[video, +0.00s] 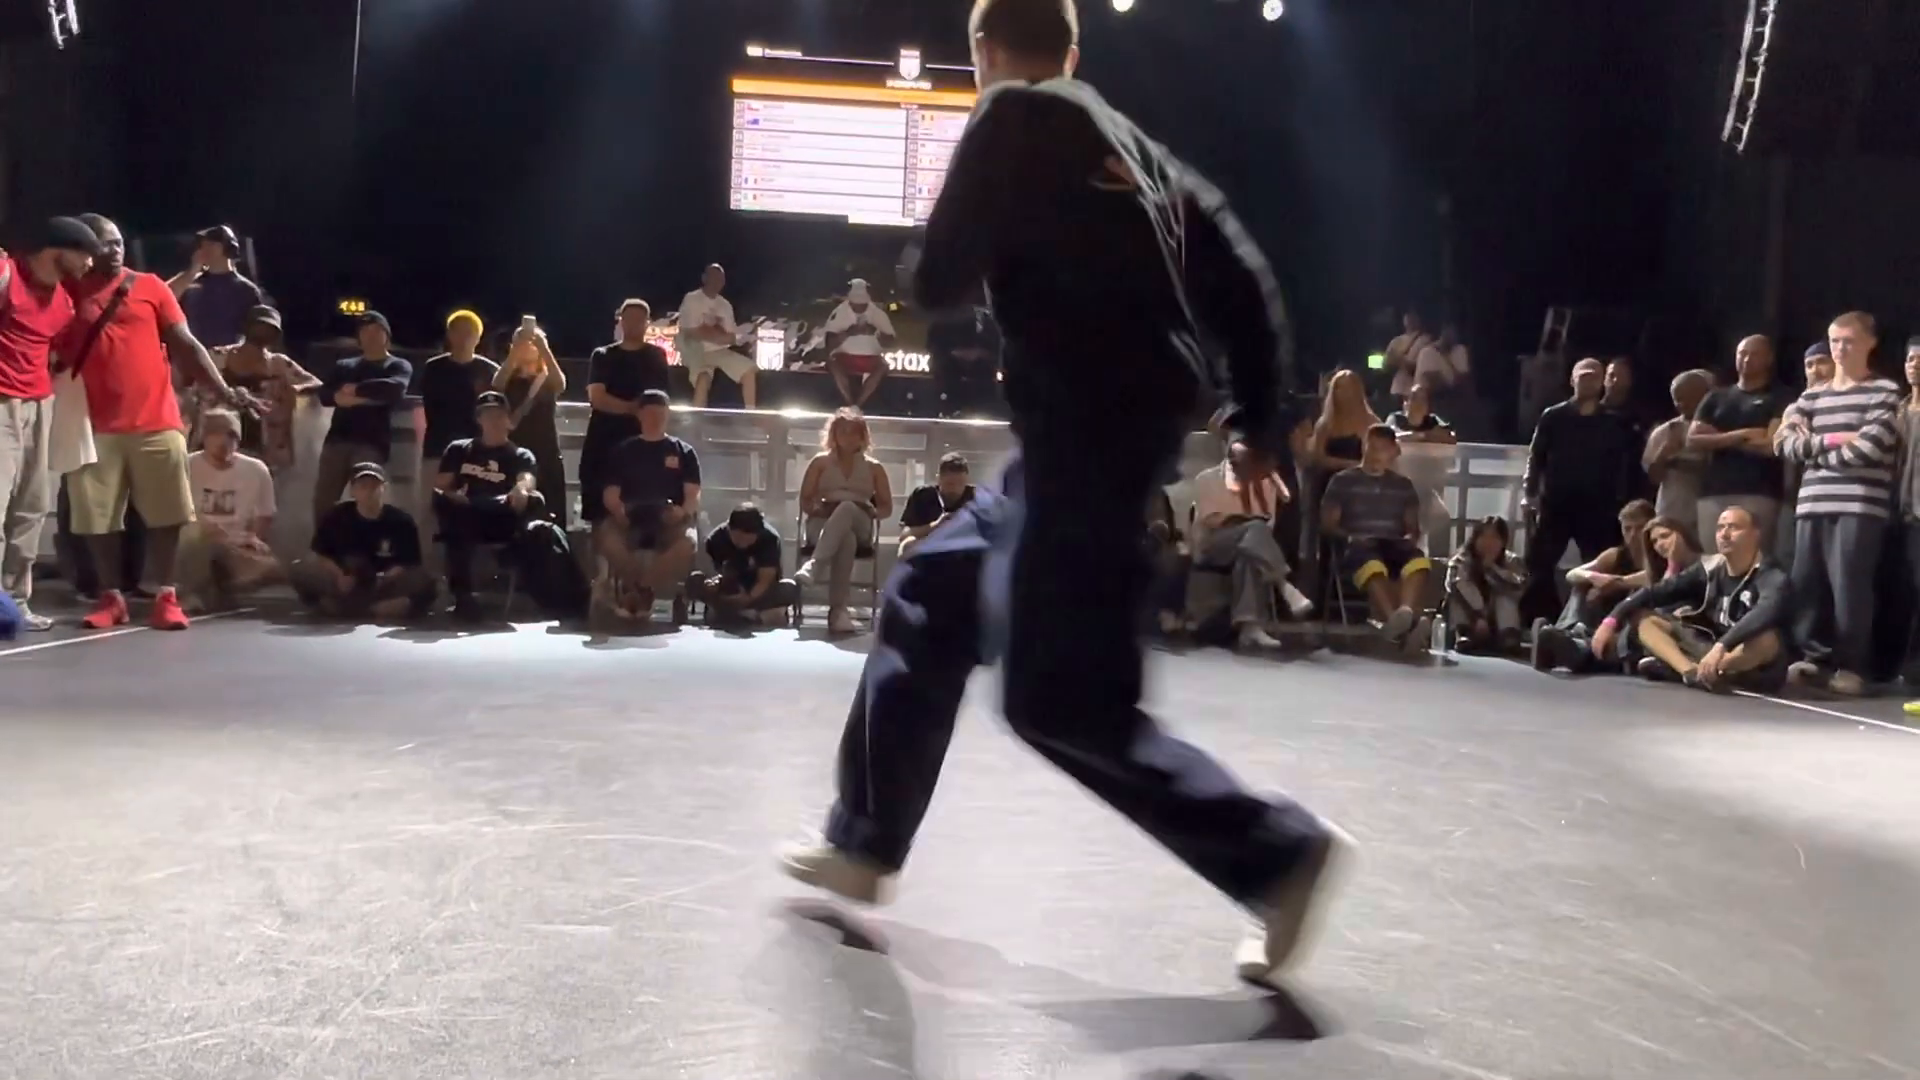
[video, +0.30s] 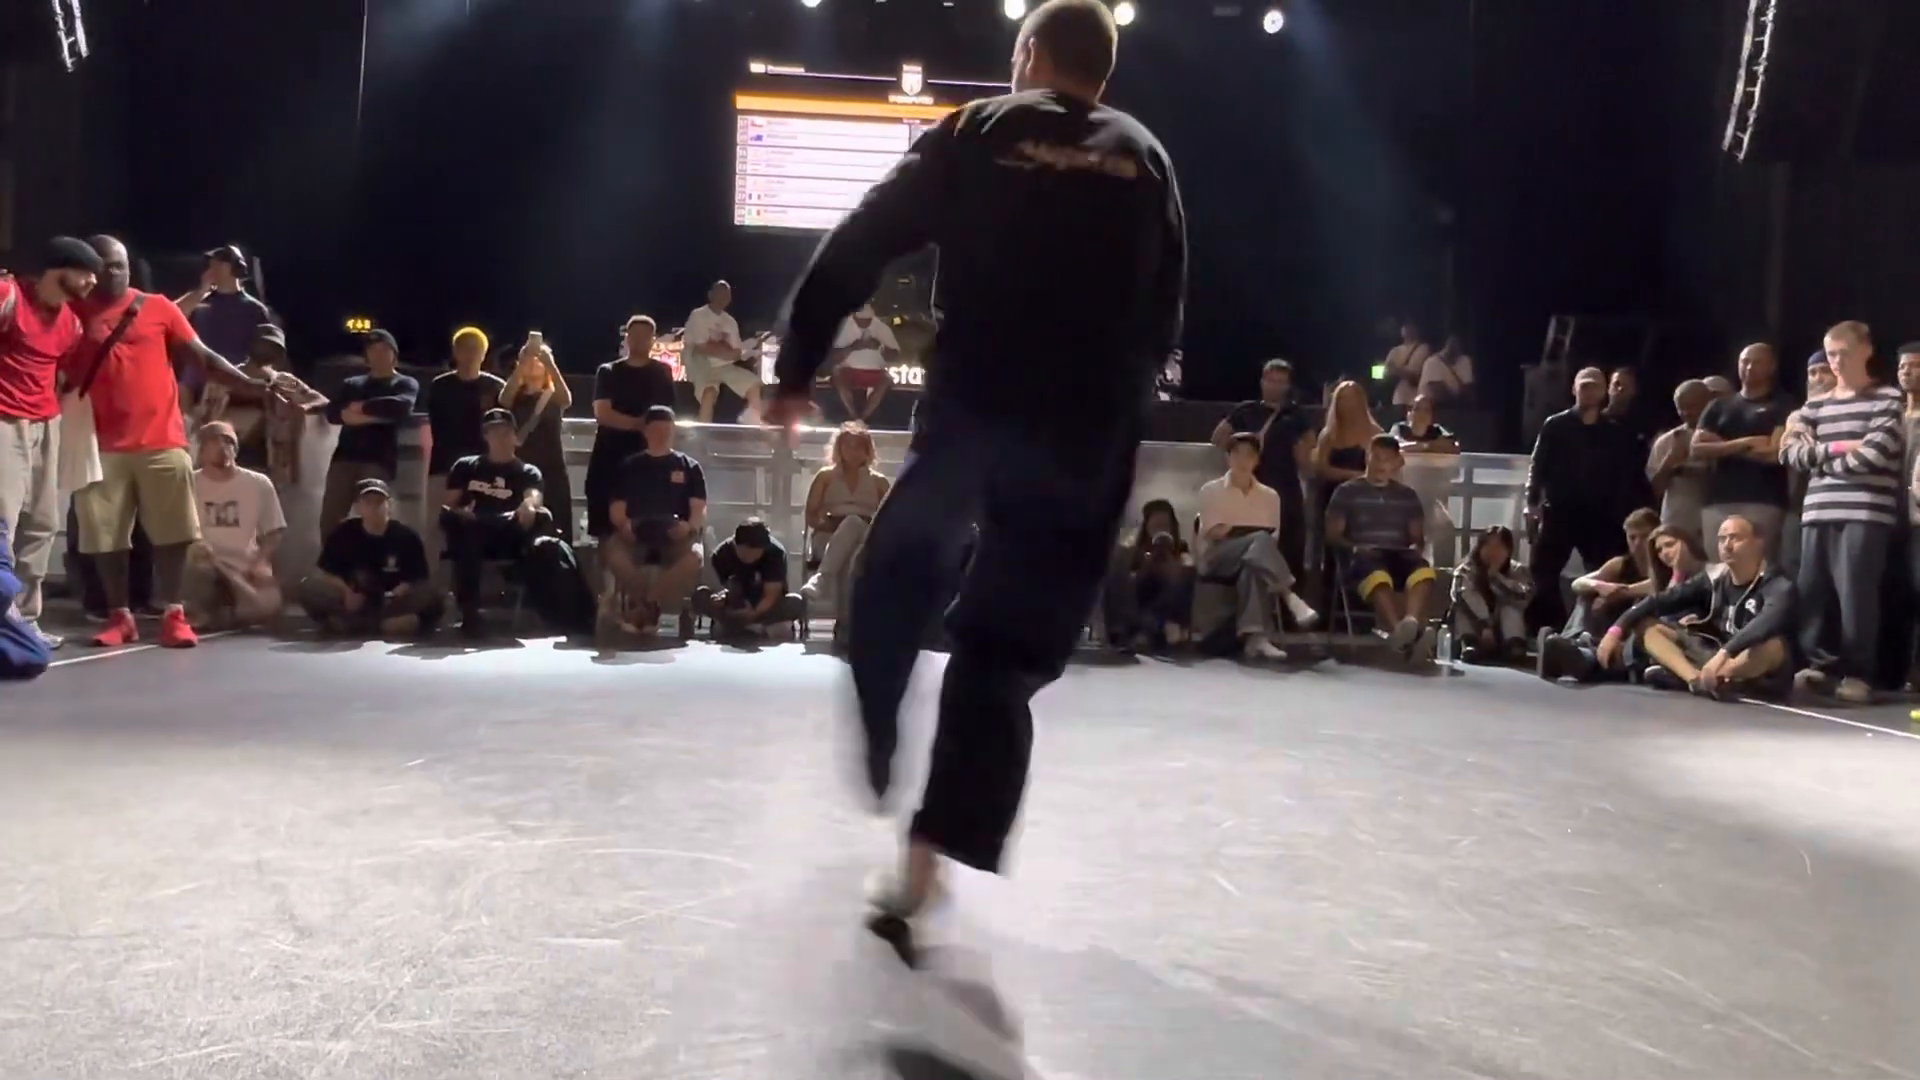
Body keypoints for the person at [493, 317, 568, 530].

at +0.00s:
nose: (528, 349)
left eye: (533, 345)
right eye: (523, 344)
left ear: (541, 350)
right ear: (513, 349)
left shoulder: (548, 379)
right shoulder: (507, 378)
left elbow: (559, 384)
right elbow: (497, 387)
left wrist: (544, 348)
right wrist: (515, 350)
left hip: (545, 447)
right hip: (514, 447)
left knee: (552, 509)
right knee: (514, 507)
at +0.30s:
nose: (534, 366)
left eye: (539, 361)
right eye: (528, 361)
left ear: (548, 368)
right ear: (520, 366)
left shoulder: (554, 396)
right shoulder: (513, 396)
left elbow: (565, 400)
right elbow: (504, 400)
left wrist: (550, 364)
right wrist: (523, 360)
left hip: (551, 465)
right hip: (521, 465)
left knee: (559, 526)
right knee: (522, 524)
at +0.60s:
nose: (535, 366)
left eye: (540, 362)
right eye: (529, 361)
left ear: (548, 368)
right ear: (520, 368)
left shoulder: (555, 397)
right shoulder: (514, 397)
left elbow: (566, 402)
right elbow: (504, 404)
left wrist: (552, 367)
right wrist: (522, 365)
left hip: (551, 464)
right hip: (521, 465)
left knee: (559, 524)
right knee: (522, 522)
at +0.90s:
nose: (538, 370)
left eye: (543, 366)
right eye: (532, 365)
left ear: (552, 372)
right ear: (523, 370)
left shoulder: (558, 400)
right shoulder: (517, 399)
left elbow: (569, 404)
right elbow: (508, 407)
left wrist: (554, 368)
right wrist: (528, 365)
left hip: (555, 469)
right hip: (524, 469)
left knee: (563, 531)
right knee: (524, 530)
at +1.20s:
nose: (542, 367)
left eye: (547, 362)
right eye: (536, 362)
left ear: (555, 368)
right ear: (526, 367)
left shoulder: (561, 397)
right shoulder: (520, 397)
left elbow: (573, 402)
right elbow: (512, 403)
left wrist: (558, 366)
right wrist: (531, 362)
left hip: (558, 467)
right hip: (527, 467)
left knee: (567, 530)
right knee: (526, 528)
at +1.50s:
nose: (546, 369)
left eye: (551, 364)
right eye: (540, 363)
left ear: (559, 367)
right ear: (531, 367)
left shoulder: (566, 395)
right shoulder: (524, 394)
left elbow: (577, 410)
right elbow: (513, 415)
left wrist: (564, 375)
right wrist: (530, 379)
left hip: (562, 465)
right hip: (532, 465)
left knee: (570, 523)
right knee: (532, 521)